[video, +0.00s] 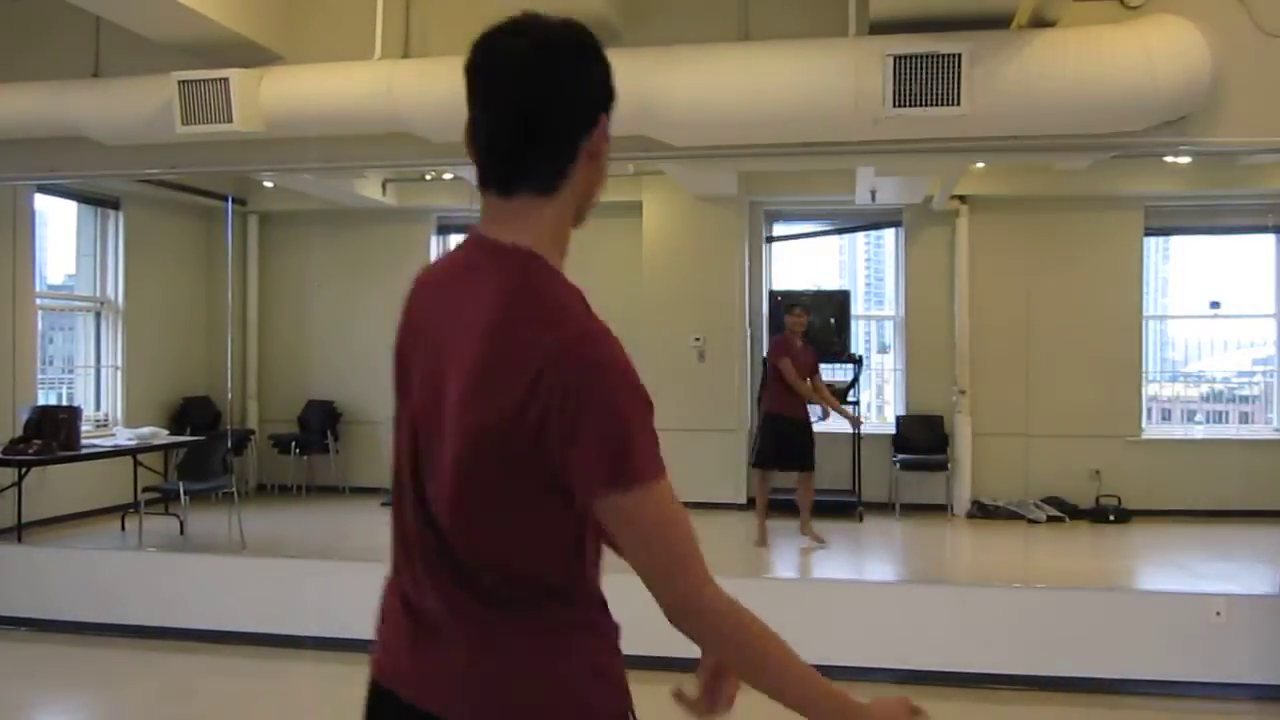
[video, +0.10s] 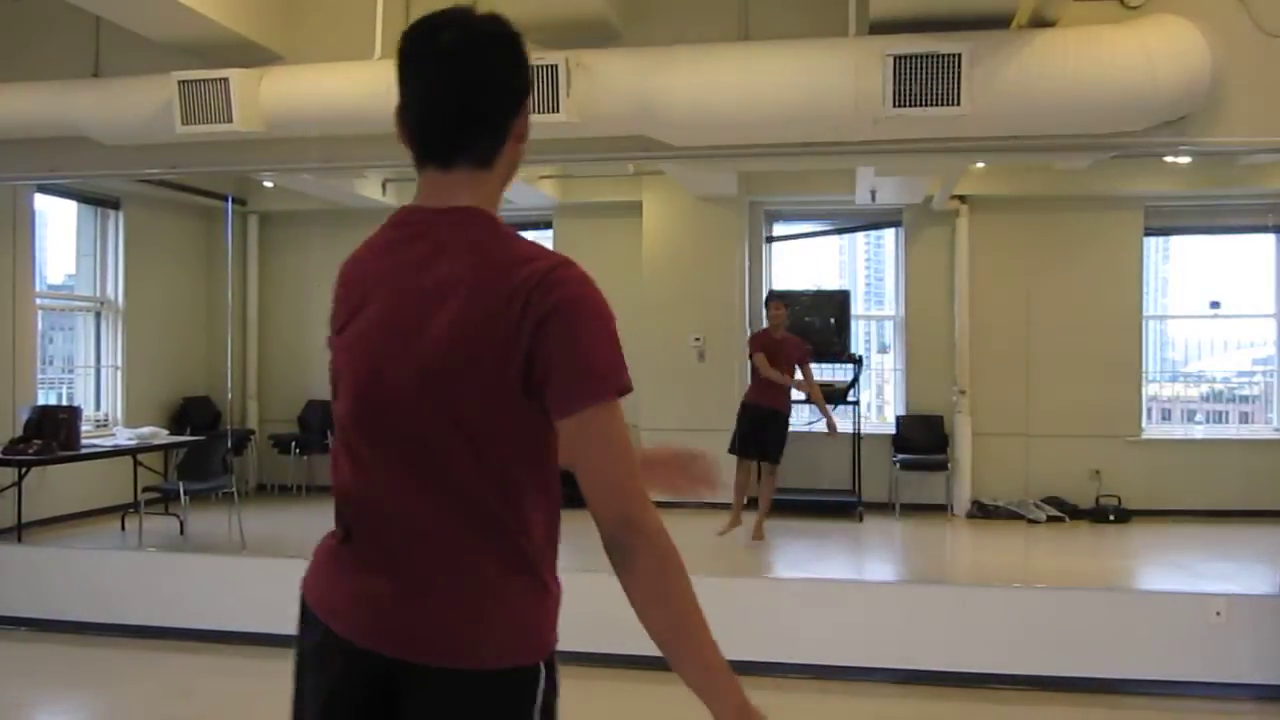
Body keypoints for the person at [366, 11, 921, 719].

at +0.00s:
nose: (610, 150)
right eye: (610, 131)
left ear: (474, 140)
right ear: (596, 139)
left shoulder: (432, 293)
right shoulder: (570, 346)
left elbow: (557, 487)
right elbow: (690, 600)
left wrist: (716, 635)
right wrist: (842, 707)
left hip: (409, 680)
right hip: (547, 693)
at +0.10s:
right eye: (526, 118)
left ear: (403, 127)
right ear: (522, 129)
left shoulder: (360, 270)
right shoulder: (545, 288)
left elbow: (436, 435)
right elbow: (629, 530)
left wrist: (619, 464)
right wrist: (730, 702)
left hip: (341, 643)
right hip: (482, 665)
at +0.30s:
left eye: (300, 246)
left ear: (304, 260)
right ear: (410, 253)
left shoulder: (263, 390)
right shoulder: (471, 397)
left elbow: (160, 454)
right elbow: (614, 541)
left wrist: (87, 453)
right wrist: (728, 656)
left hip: (259, 688)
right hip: (399, 700)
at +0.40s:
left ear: (266, 263)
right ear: (373, 261)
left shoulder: (214, 393)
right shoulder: (429, 394)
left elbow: (63, 537)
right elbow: (568, 476)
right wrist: (666, 525)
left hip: (234, 691)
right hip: (371, 693)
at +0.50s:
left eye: (224, 231)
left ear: (227, 245)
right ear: (324, 248)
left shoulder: (204, 375)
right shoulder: (359, 359)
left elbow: (78, 502)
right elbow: (457, 398)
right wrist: (540, 417)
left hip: (205, 650)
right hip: (322, 638)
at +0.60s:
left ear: (199, 239)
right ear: (298, 254)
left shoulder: (185, 359)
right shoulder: (300, 346)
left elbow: (94, 373)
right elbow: (351, 363)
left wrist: (84, 284)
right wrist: (383, 365)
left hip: (173, 611)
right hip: (276, 582)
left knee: (199, 710)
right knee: (357, 704)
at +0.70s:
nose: (182, 229)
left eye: (194, 217)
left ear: (190, 231)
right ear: (284, 256)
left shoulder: (156, 323)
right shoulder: (254, 352)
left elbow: (132, 173)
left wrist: (246, 24)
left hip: (168, 601)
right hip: (263, 557)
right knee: (399, 620)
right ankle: (549, 679)